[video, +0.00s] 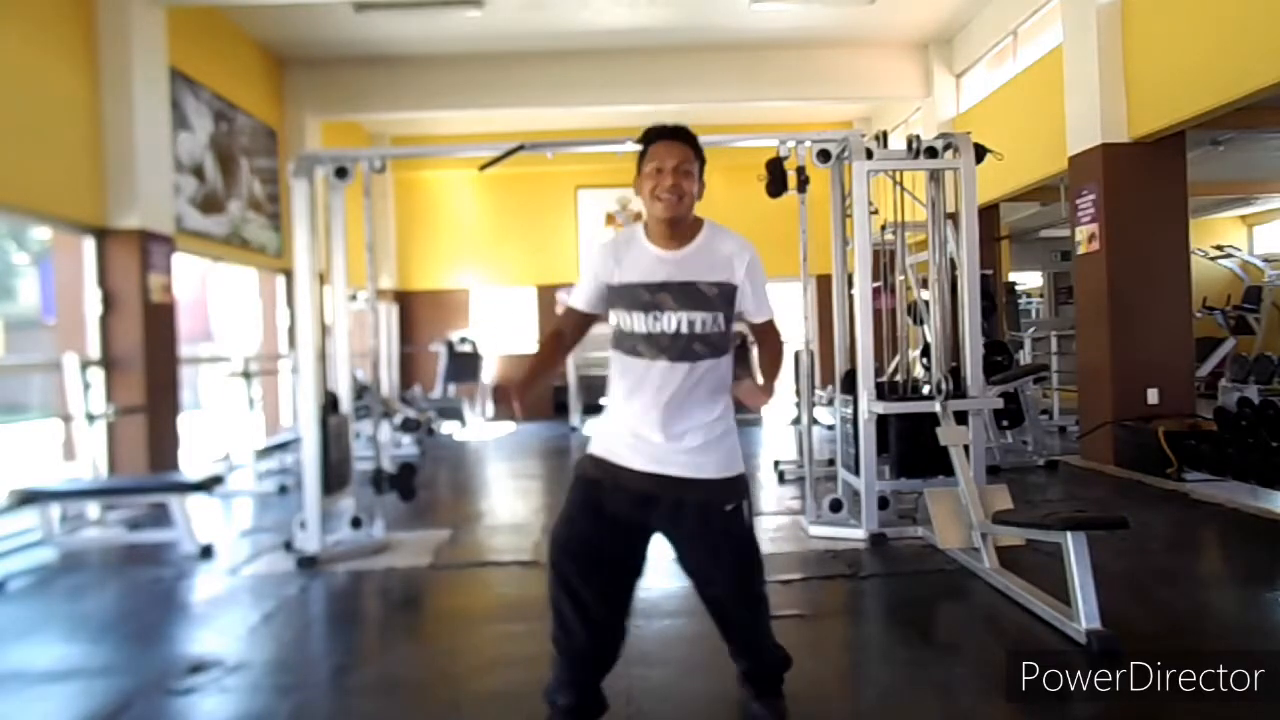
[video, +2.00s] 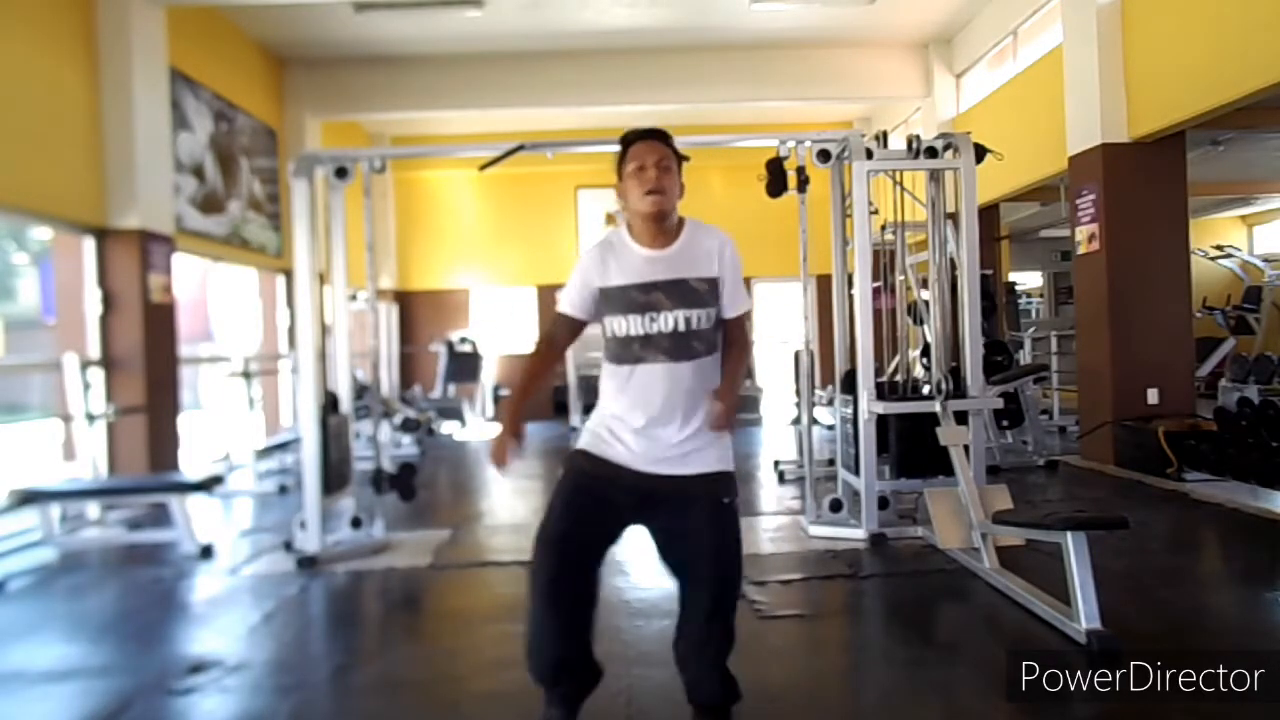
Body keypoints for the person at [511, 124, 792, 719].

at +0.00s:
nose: (670, 182)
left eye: (682, 171)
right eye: (657, 170)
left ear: (701, 182)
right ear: (638, 183)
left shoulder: (734, 255)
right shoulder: (612, 256)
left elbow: (766, 334)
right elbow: (568, 329)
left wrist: (765, 385)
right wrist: (524, 380)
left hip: (706, 457)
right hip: (620, 449)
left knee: (735, 586)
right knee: (576, 561)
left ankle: (765, 685)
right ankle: (575, 698)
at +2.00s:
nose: (654, 177)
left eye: (664, 166)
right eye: (640, 169)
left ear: (682, 179)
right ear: (620, 186)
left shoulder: (716, 249)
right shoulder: (600, 259)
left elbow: (737, 334)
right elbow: (556, 340)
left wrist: (729, 390)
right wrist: (514, 414)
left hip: (696, 452)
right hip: (611, 447)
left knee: (715, 584)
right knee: (558, 555)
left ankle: (710, 698)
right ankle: (564, 686)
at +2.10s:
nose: (653, 156)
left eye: (663, 146)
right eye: (639, 149)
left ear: (682, 160)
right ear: (621, 167)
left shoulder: (714, 229)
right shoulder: (599, 236)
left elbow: (742, 311)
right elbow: (554, 309)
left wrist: (738, 371)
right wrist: (502, 360)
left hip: (690, 440)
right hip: (606, 433)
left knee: (692, 608)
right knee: (561, 584)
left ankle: (710, 704)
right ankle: (593, 659)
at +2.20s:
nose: (651, 150)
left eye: (661, 139)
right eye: (637, 142)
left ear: (679, 152)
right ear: (618, 157)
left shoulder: (705, 221)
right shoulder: (587, 222)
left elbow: (756, 284)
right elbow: (533, 281)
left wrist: (799, 339)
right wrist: (526, 284)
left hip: (684, 431)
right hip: (603, 431)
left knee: (685, 572)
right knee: (604, 572)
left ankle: (686, 699)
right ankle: (614, 696)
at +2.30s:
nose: (655, 162)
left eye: (665, 152)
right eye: (641, 152)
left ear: (677, 163)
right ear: (616, 163)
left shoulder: (705, 232)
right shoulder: (586, 233)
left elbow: (782, 275)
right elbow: (501, 273)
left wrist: (861, 300)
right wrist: (557, 239)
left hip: (684, 453)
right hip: (605, 452)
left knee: (679, 600)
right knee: (616, 606)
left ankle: (676, 704)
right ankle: (618, 706)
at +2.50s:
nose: (694, 180)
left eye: (693, 170)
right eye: (684, 170)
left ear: (663, 172)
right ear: (646, 172)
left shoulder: (707, 233)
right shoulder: (589, 230)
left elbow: (780, 242)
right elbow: (509, 246)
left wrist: (831, 220)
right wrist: (500, 214)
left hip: (683, 444)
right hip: (602, 432)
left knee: (677, 603)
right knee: (557, 539)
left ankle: (677, 703)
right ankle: (603, 611)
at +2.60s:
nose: (692, 176)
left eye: (692, 165)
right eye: (683, 165)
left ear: (668, 168)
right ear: (645, 167)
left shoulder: (698, 230)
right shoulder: (589, 223)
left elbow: (765, 267)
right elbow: (511, 233)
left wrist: (760, 209)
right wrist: (444, 205)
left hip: (680, 440)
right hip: (605, 439)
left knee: (678, 586)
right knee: (593, 586)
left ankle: (668, 701)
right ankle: (612, 698)